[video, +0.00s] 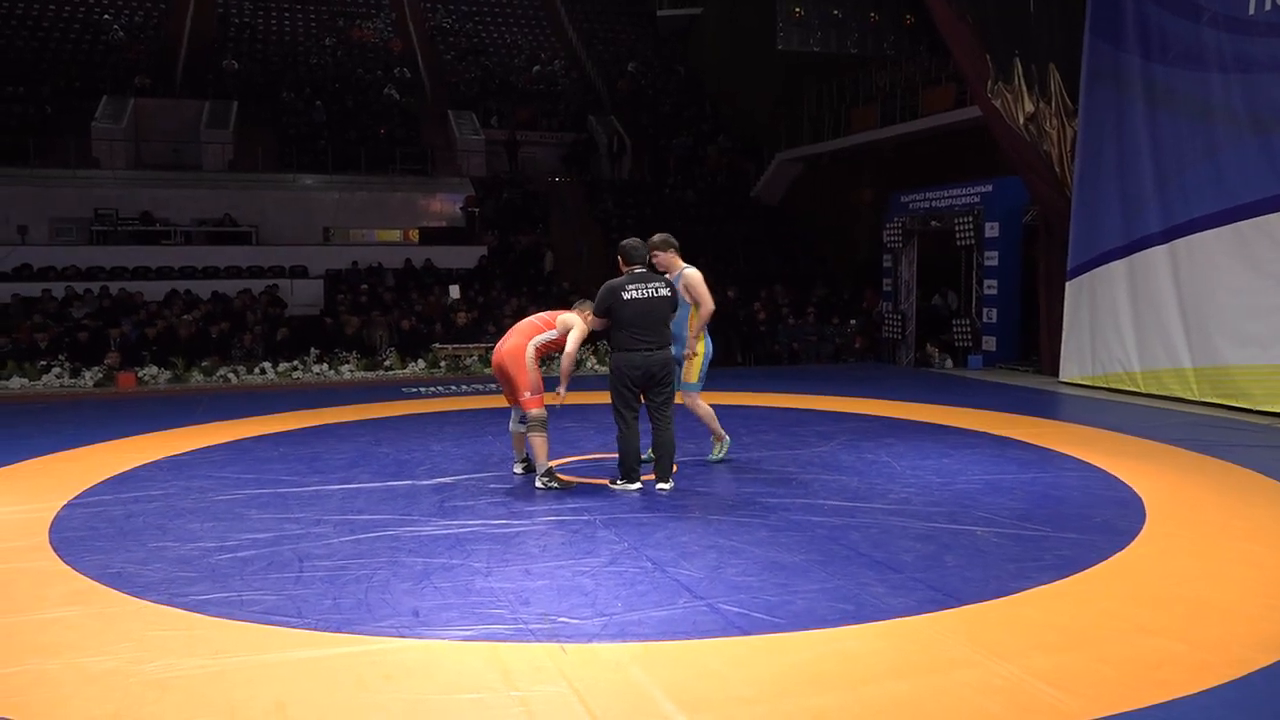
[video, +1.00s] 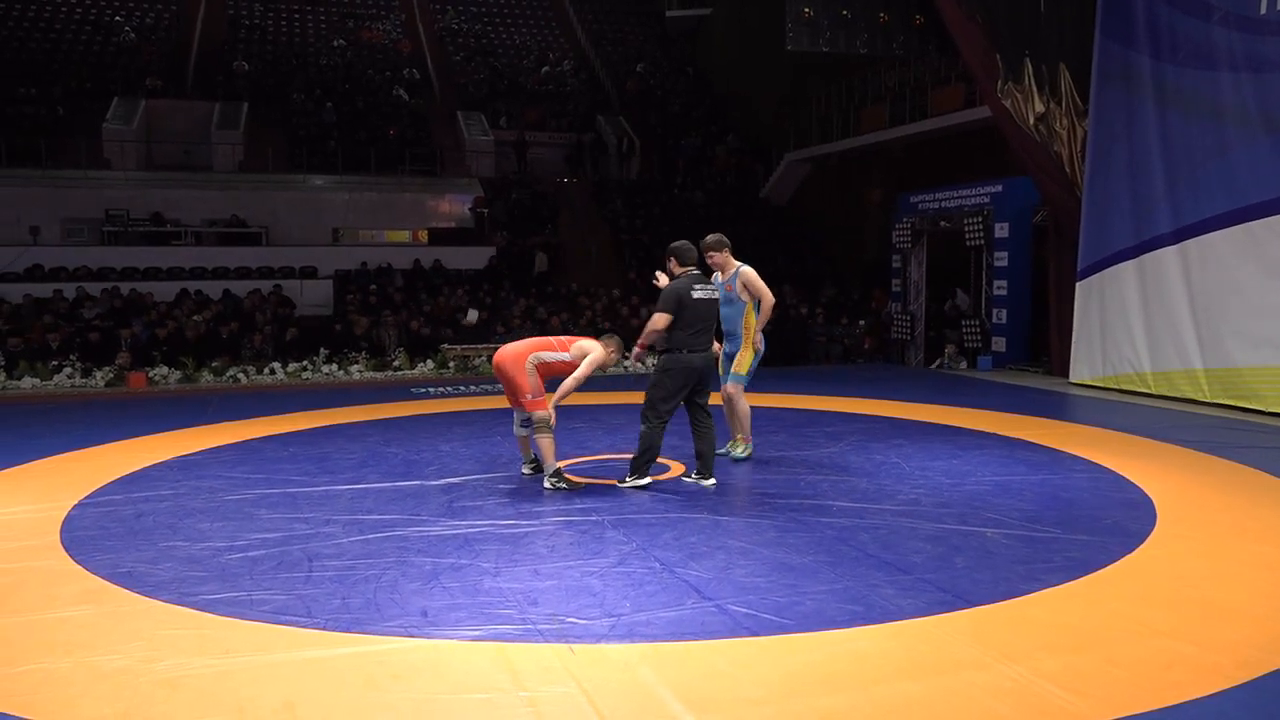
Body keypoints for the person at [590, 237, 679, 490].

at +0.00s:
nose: (618, 262)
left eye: (618, 259)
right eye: (619, 259)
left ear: (621, 261)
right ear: (647, 259)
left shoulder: (612, 288)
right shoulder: (666, 283)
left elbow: (596, 323)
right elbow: (670, 314)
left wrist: (621, 314)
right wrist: (644, 309)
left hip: (625, 361)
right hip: (661, 359)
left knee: (627, 419)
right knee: (662, 417)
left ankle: (630, 478)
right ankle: (664, 477)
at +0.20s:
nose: (617, 265)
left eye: (616, 262)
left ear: (618, 263)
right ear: (644, 261)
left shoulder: (609, 291)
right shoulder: (665, 285)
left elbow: (600, 327)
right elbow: (671, 317)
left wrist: (622, 317)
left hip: (628, 363)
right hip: (663, 360)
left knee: (632, 420)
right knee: (666, 416)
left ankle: (634, 479)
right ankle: (668, 476)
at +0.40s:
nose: (621, 265)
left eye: (621, 262)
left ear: (622, 264)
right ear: (648, 261)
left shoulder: (614, 290)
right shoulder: (669, 284)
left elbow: (604, 323)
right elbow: (675, 317)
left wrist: (629, 310)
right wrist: (649, 313)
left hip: (633, 362)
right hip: (668, 360)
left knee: (637, 420)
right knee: (671, 415)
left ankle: (638, 479)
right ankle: (677, 475)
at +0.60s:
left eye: (630, 262)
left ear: (631, 264)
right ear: (658, 262)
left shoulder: (621, 291)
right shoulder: (677, 287)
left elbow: (610, 323)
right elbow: (683, 319)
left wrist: (634, 318)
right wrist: (656, 315)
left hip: (639, 363)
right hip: (674, 361)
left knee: (640, 421)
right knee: (682, 414)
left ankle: (639, 479)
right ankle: (692, 471)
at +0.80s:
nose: (647, 265)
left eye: (648, 262)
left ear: (649, 264)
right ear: (676, 262)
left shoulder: (642, 291)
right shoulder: (693, 290)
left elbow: (619, 325)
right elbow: (695, 320)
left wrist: (642, 321)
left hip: (653, 364)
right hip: (686, 363)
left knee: (644, 422)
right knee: (691, 414)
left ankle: (639, 478)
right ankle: (706, 469)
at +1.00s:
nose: (667, 266)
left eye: (668, 262)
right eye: (668, 262)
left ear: (673, 262)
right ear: (695, 261)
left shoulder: (674, 289)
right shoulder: (710, 286)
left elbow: (658, 325)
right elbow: (690, 306)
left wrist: (640, 345)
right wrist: (670, 286)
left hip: (677, 362)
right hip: (704, 360)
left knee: (653, 416)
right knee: (700, 414)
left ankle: (639, 472)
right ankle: (705, 472)